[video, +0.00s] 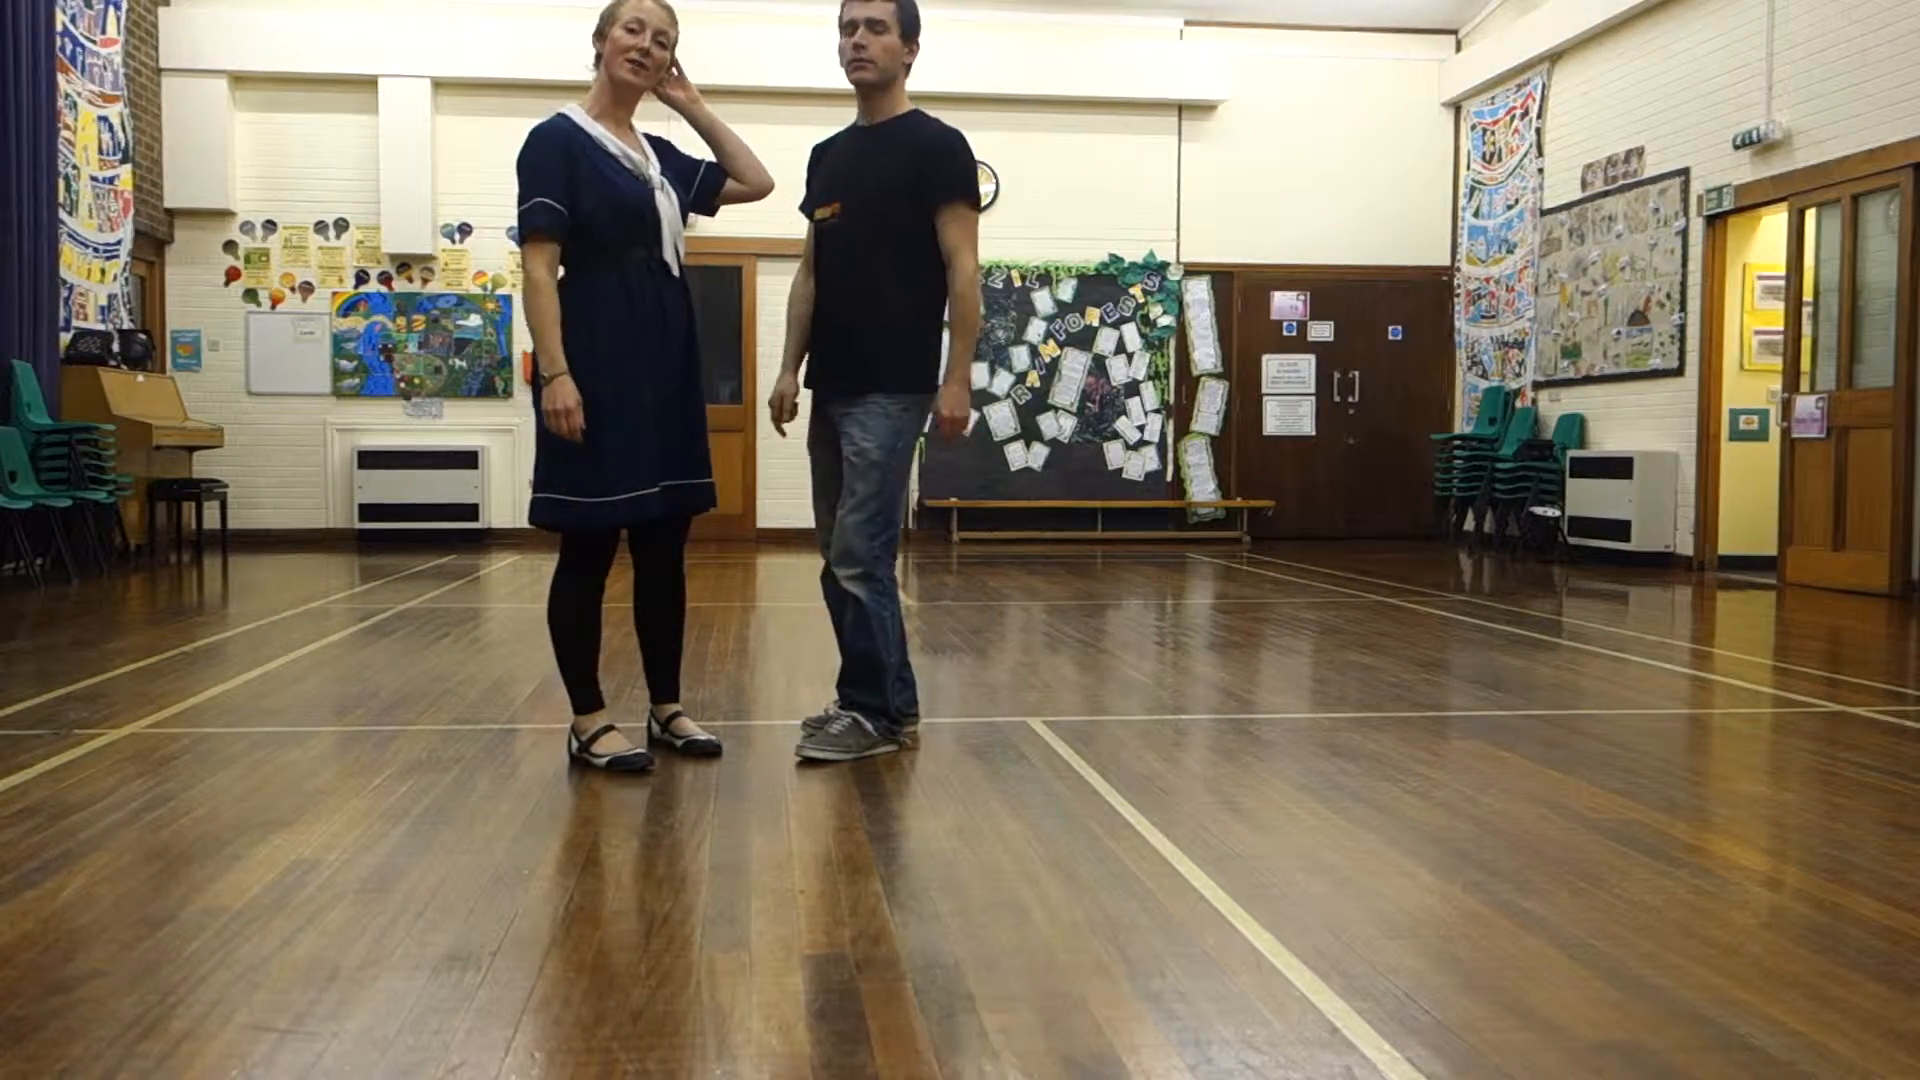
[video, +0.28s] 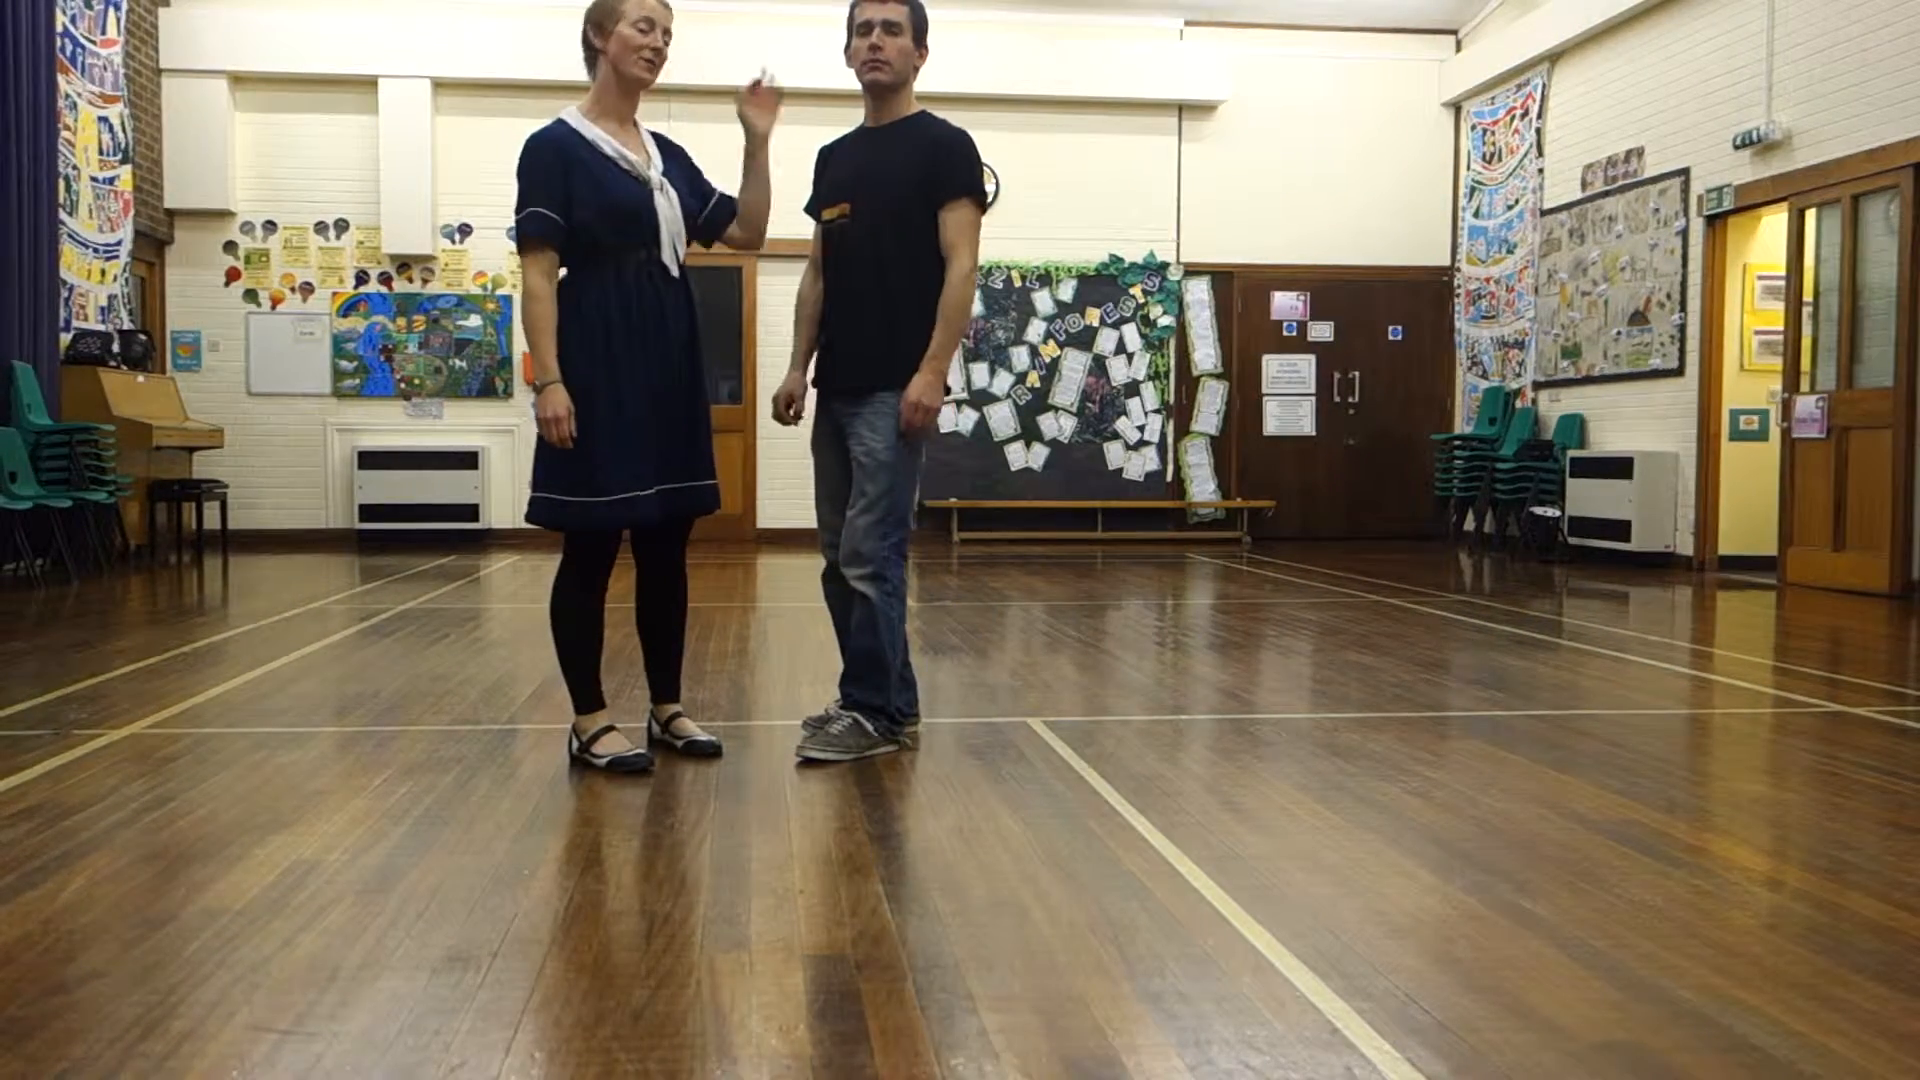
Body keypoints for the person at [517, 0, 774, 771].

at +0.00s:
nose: (646, 45)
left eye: (661, 40)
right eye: (634, 29)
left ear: (668, 65)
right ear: (598, 43)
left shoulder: (658, 152)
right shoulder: (556, 139)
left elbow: (753, 179)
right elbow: (537, 265)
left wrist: (687, 99)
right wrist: (555, 374)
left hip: (666, 384)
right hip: (591, 382)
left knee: (662, 548)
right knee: (586, 552)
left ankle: (667, 710)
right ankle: (589, 725)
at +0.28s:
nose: (657, 43)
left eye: (666, 35)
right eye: (644, 28)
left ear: (666, 53)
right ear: (598, 36)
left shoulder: (665, 153)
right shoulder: (555, 146)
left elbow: (748, 230)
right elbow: (537, 271)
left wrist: (758, 136)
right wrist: (548, 381)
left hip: (670, 384)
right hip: (593, 383)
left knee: (665, 546)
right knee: (589, 550)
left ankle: (667, 711)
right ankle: (590, 724)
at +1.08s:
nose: (656, 43)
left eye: (652, 30)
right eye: (641, 32)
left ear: (610, 47)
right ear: (596, 47)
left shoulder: (624, 140)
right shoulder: (574, 141)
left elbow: (642, 226)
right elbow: (590, 277)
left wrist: (688, 243)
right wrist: (650, 376)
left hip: (646, 377)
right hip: (589, 381)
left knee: (652, 544)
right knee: (586, 550)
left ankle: (667, 711)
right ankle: (589, 725)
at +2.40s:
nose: (639, 77)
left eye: (648, 63)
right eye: (622, 69)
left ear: (667, 73)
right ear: (600, 88)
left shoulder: (696, 175)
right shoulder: (581, 179)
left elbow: (756, 247)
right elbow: (561, 288)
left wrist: (800, 182)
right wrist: (577, 373)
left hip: (685, 387)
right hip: (607, 386)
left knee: (673, 545)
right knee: (598, 548)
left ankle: (661, 704)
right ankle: (574, 715)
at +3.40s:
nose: (675, 65)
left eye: (672, 53)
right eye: (659, 53)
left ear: (634, 70)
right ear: (615, 68)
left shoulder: (666, 173)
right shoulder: (583, 165)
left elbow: (694, 269)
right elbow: (576, 283)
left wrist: (755, 242)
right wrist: (675, 294)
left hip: (670, 393)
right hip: (609, 396)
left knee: (663, 547)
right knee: (623, 553)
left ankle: (658, 705)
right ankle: (592, 720)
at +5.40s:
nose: (671, 89)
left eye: (679, 82)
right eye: (658, 74)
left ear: (679, 97)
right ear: (618, 80)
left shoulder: (640, 170)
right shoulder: (606, 159)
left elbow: (657, 283)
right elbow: (637, 275)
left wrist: (738, 302)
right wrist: (742, 283)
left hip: (629, 389)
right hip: (611, 389)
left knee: (619, 548)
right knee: (641, 547)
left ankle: (589, 708)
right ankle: (605, 722)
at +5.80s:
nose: (739, 56)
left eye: (748, 47)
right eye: (726, 37)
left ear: (744, 63)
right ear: (681, 40)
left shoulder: (686, 133)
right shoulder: (663, 123)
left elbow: (696, 273)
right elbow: (717, 261)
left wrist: (750, 308)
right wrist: (808, 295)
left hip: (681, 383)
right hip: (644, 384)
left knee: (728, 543)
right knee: (659, 552)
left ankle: (646, 699)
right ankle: (608, 739)